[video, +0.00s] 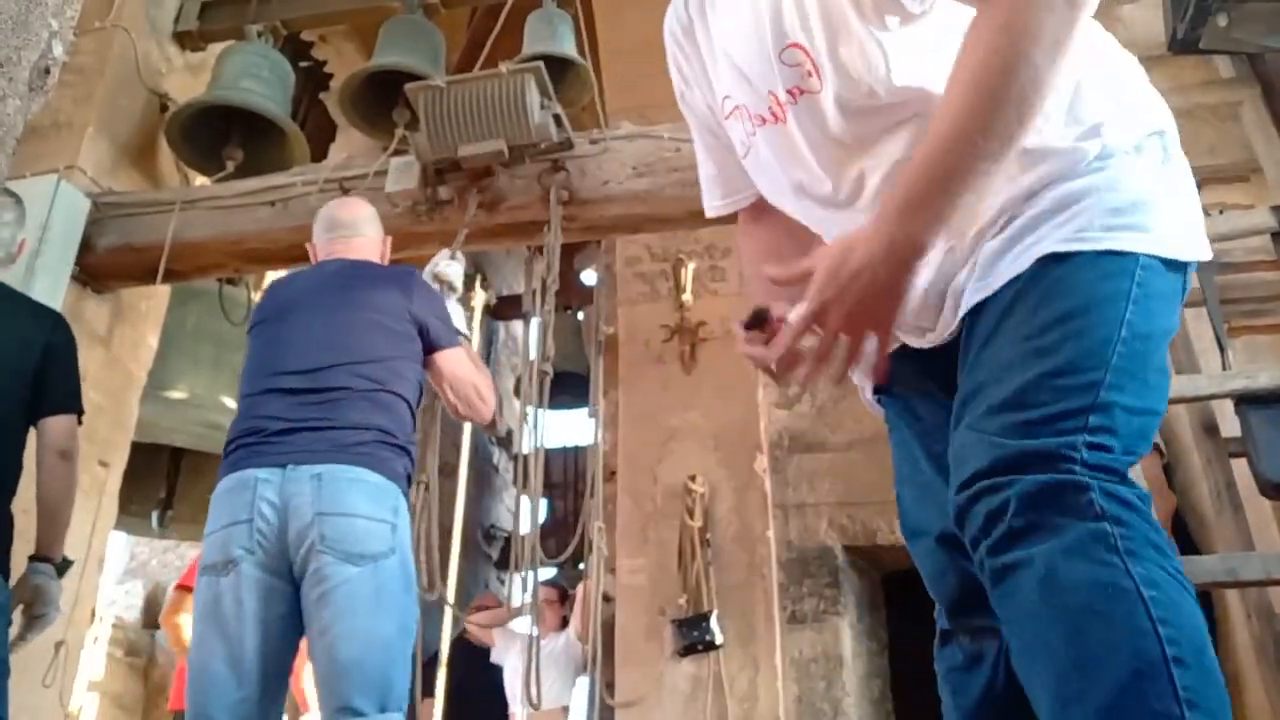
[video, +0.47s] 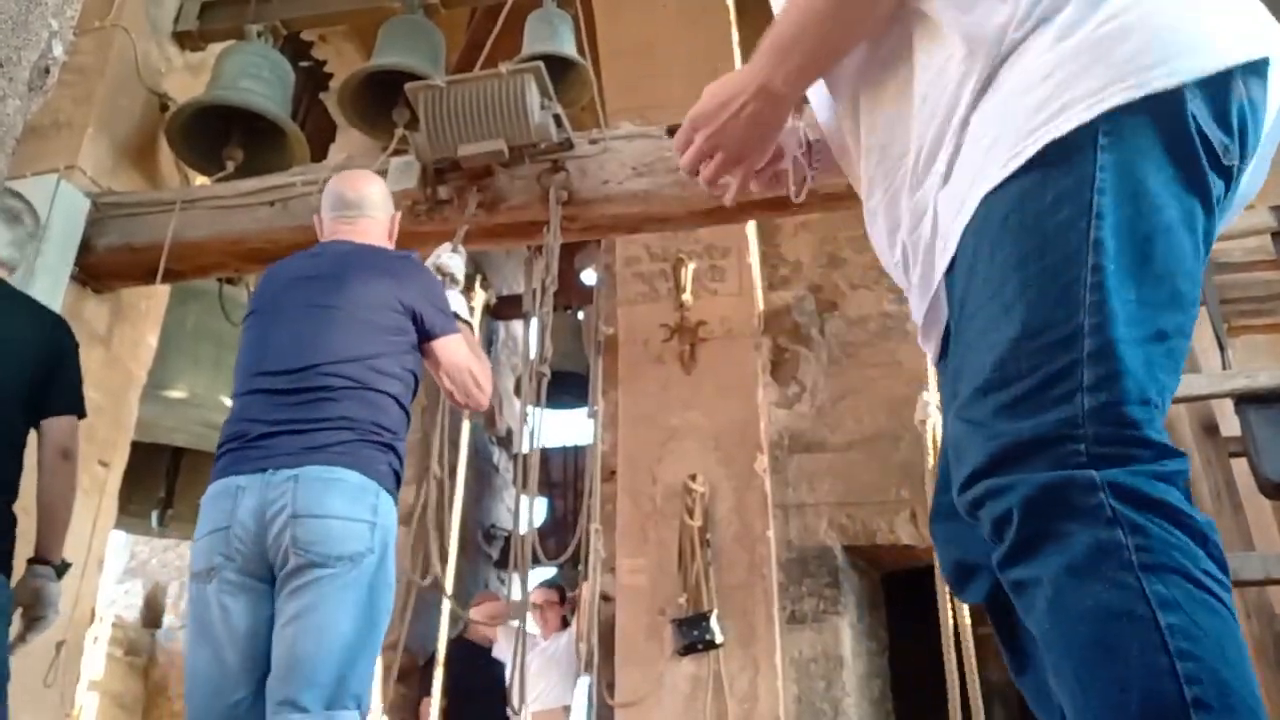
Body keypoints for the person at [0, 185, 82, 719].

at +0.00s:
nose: (7, 240)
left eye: (6, 228)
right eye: (10, 229)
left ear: (14, 247)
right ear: (18, 247)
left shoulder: (41, 328)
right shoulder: (40, 329)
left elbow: (59, 450)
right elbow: (59, 450)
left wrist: (45, 562)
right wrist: (47, 562)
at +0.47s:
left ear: (10, 257)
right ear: (18, 257)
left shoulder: (44, 333)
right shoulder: (43, 333)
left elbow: (60, 452)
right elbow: (60, 452)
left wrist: (44, 563)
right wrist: (46, 563)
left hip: (3, 567)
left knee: (3, 695)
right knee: (0, 695)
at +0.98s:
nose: (3, 249)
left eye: (20, 243)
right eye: (7, 241)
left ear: (54, 275)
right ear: (53, 281)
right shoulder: (57, 354)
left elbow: (64, 485)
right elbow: (65, 485)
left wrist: (20, 579)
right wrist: (21, 581)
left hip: (7, 563)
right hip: (4, 562)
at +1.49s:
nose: (21, 265)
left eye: (30, 259)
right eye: (29, 258)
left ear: (47, 266)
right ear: (87, 307)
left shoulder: (8, 292)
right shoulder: (93, 383)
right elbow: (70, 503)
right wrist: (19, 566)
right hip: (5, 564)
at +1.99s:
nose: (73, 307)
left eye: (76, 296)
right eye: (75, 295)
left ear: (3, 265)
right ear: (59, 284)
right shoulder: (62, 347)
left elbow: (76, 471)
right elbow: (77, 470)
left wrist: (44, 586)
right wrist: (47, 587)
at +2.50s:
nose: (115, 294)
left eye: (119, 283)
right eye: (107, 274)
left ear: (55, 268)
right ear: (59, 264)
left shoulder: (12, 311)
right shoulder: (50, 320)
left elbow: (27, 425)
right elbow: (30, 422)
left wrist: (67, 548)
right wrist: (69, 549)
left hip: (9, 567)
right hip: (8, 569)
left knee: (11, 701)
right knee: (7, 703)